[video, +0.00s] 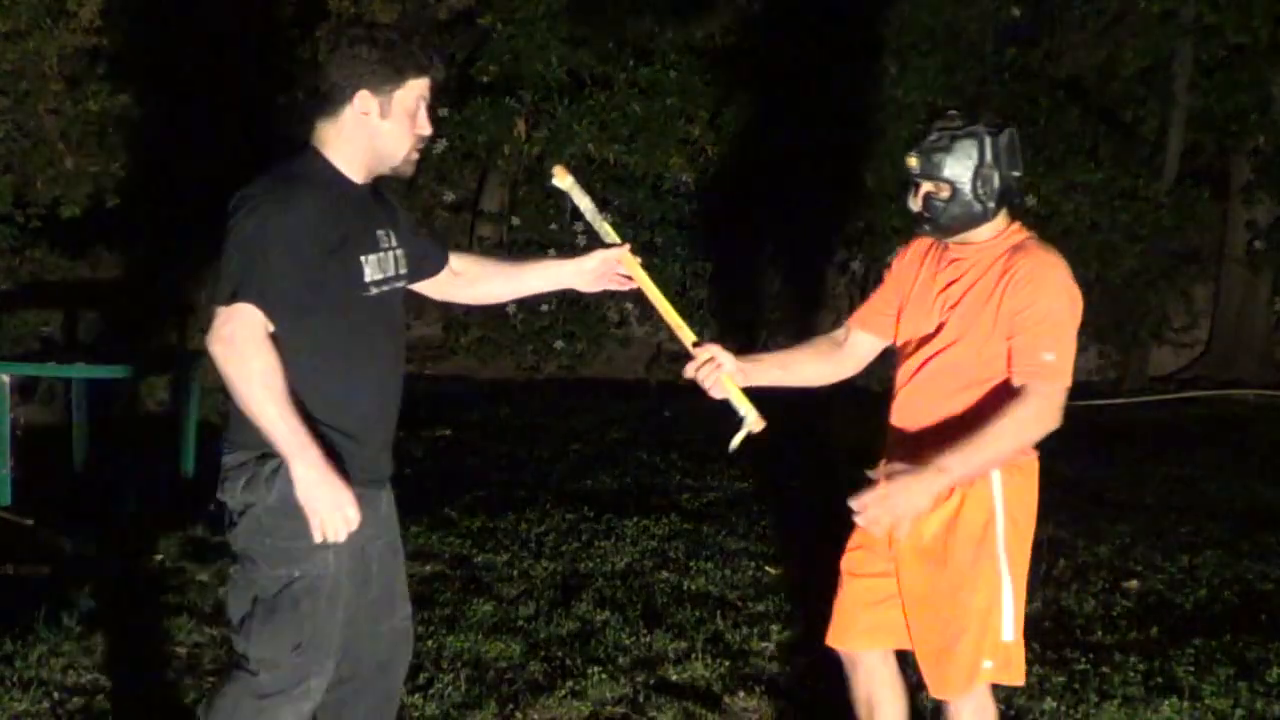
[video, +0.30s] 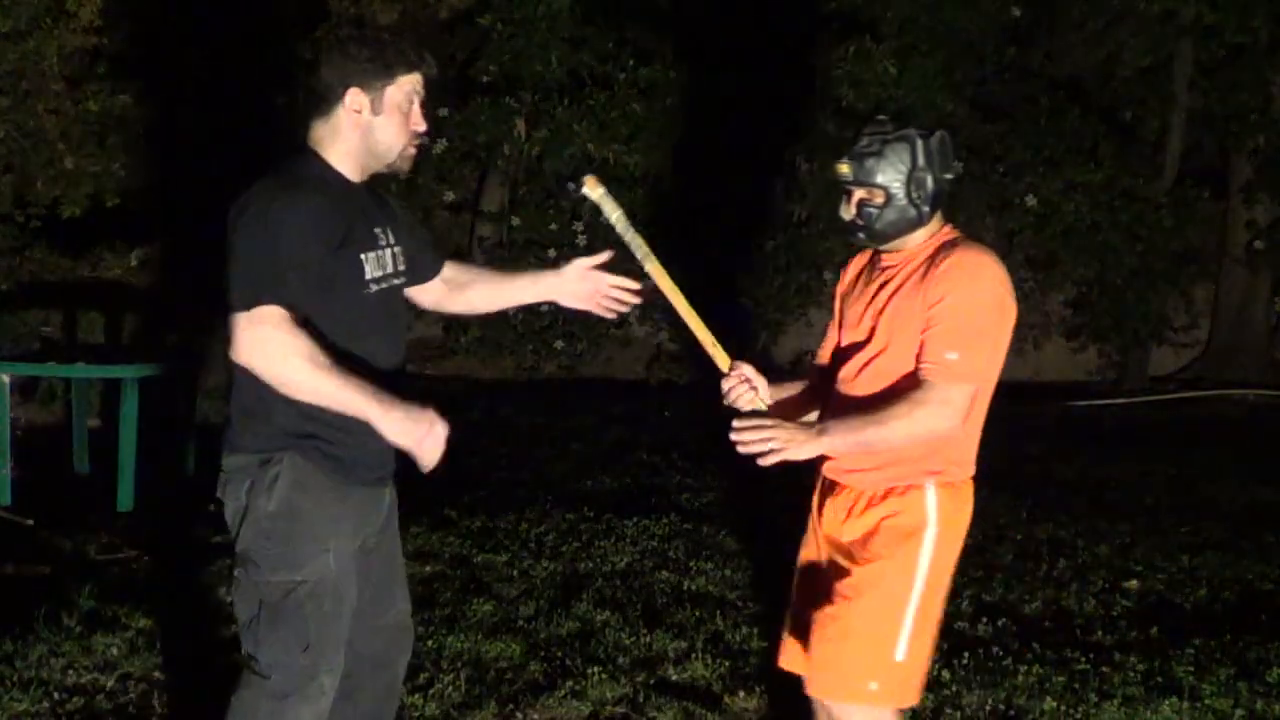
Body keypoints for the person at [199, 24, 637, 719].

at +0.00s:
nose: (428, 129)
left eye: (427, 112)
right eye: (419, 110)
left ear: (372, 112)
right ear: (366, 109)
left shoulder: (379, 213)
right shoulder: (282, 206)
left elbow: (456, 277)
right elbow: (234, 337)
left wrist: (576, 271)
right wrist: (309, 466)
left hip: (367, 491)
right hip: (289, 487)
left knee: (373, 674)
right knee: (284, 679)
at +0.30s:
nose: (423, 123)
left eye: (422, 105)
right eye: (410, 103)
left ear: (365, 109)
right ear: (358, 106)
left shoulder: (376, 210)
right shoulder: (282, 204)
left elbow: (444, 286)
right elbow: (260, 340)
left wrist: (553, 283)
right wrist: (391, 415)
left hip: (363, 480)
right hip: (291, 477)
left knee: (375, 666)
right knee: (294, 677)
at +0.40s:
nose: (411, 124)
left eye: (409, 105)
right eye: (397, 104)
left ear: (352, 115)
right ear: (345, 110)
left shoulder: (356, 212)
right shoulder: (269, 212)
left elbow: (386, 312)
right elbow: (272, 350)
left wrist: (489, 281)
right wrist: (408, 367)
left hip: (353, 481)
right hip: (276, 481)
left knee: (372, 665)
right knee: (280, 683)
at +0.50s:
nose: (399, 136)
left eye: (398, 118)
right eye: (386, 116)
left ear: (335, 120)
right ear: (332, 118)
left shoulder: (328, 215)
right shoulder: (262, 218)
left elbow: (347, 312)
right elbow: (299, 358)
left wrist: (427, 267)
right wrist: (417, 305)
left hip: (331, 478)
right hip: (260, 480)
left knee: (372, 649)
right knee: (268, 680)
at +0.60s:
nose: (386, 137)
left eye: (386, 117)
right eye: (374, 116)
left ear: (327, 121)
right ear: (323, 118)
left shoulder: (316, 211)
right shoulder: (255, 214)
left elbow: (332, 328)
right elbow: (330, 346)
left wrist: (385, 233)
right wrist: (394, 245)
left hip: (319, 475)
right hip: (246, 480)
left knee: (365, 637)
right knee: (264, 682)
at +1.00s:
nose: (349, 140)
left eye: (353, 123)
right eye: (338, 119)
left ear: (295, 124)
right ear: (290, 119)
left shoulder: (290, 212)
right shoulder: (217, 204)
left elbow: (351, 315)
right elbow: (295, 317)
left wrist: (352, 210)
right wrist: (337, 216)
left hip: (274, 476)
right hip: (198, 472)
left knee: (294, 665)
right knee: (211, 676)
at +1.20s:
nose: (304, 143)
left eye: (305, 125)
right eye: (294, 123)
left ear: (245, 124)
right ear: (246, 122)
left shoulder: (244, 219)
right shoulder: (183, 216)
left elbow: (311, 317)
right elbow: (271, 327)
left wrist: (312, 223)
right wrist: (308, 222)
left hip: (257, 500)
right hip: (174, 497)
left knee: (299, 654)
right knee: (118, 686)